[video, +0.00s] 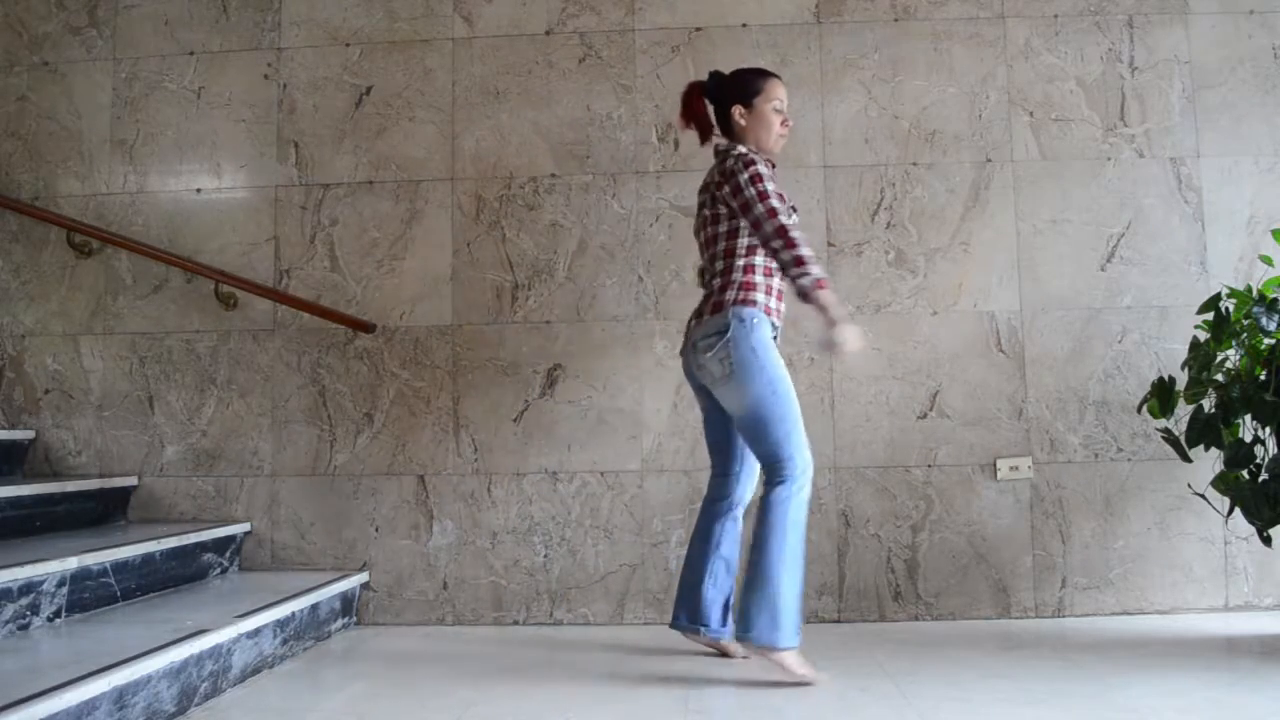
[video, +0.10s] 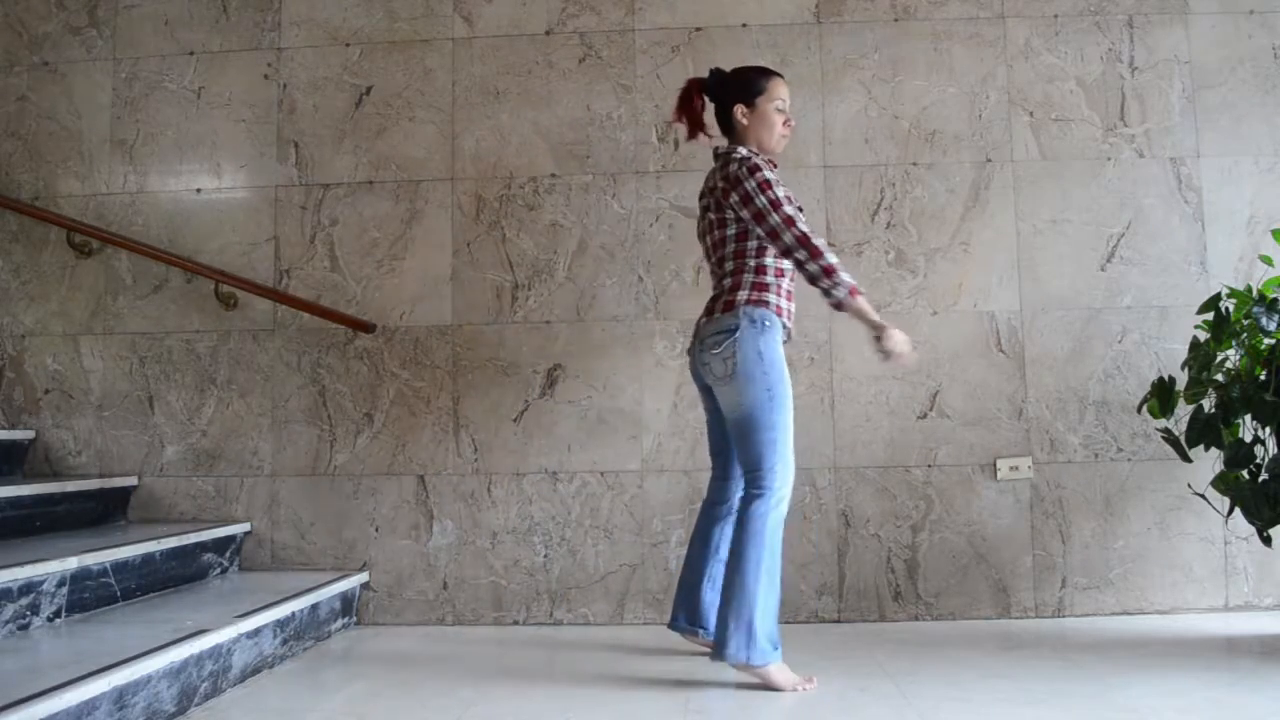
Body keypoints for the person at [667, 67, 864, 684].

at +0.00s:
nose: (787, 122)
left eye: (787, 113)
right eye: (777, 112)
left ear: (738, 121)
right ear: (740, 115)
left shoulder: (720, 176)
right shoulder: (745, 167)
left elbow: (721, 263)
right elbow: (780, 233)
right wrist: (831, 309)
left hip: (708, 336)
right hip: (740, 331)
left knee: (732, 481)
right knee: (791, 471)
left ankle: (702, 620)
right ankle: (772, 636)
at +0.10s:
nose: (790, 124)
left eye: (790, 112)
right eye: (780, 111)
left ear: (738, 120)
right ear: (741, 116)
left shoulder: (718, 179)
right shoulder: (751, 170)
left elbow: (731, 265)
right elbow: (800, 242)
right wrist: (874, 318)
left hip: (715, 336)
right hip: (748, 334)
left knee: (730, 483)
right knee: (770, 486)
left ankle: (701, 616)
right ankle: (752, 646)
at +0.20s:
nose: (794, 117)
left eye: (793, 106)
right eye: (784, 105)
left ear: (743, 114)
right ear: (745, 111)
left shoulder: (723, 174)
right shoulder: (756, 166)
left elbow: (741, 262)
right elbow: (811, 242)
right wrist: (883, 321)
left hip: (725, 330)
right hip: (755, 328)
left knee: (735, 479)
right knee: (768, 484)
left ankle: (703, 610)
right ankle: (750, 648)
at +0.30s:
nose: (797, 110)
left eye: (797, 99)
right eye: (787, 99)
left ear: (753, 107)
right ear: (750, 103)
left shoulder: (733, 165)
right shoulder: (755, 159)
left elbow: (774, 259)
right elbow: (804, 234)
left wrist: (809, 338)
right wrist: (867, 308)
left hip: (742, 329)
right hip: (762, 326)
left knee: (757, 481)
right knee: (774, 486)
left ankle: (709, 611)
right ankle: (751, 652)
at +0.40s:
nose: (801, 111)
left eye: (800, 99)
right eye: (792, 98)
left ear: (752, 107)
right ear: (756, 103)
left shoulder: (737, 168)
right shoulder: (756, 160)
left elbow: (785, 259)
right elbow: (808, 237)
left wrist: (835, 324)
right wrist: (854, 314)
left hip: (758, 333)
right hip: (769, 332)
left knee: (804, 480)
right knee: (779, 490)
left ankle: (721, 604)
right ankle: (747, 656)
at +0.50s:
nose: (806, 108)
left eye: (805, 97)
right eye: (797, 96)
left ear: (758, 104)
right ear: (763, 101)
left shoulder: (742, 168)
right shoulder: (761, 159)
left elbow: (786, 259)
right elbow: (818, 247)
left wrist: (840, 309)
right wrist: (841, 300)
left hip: (767, 339)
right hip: (768, 339)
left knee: (832, 482)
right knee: (782, 495)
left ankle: (755, 633)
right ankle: (745, 658)